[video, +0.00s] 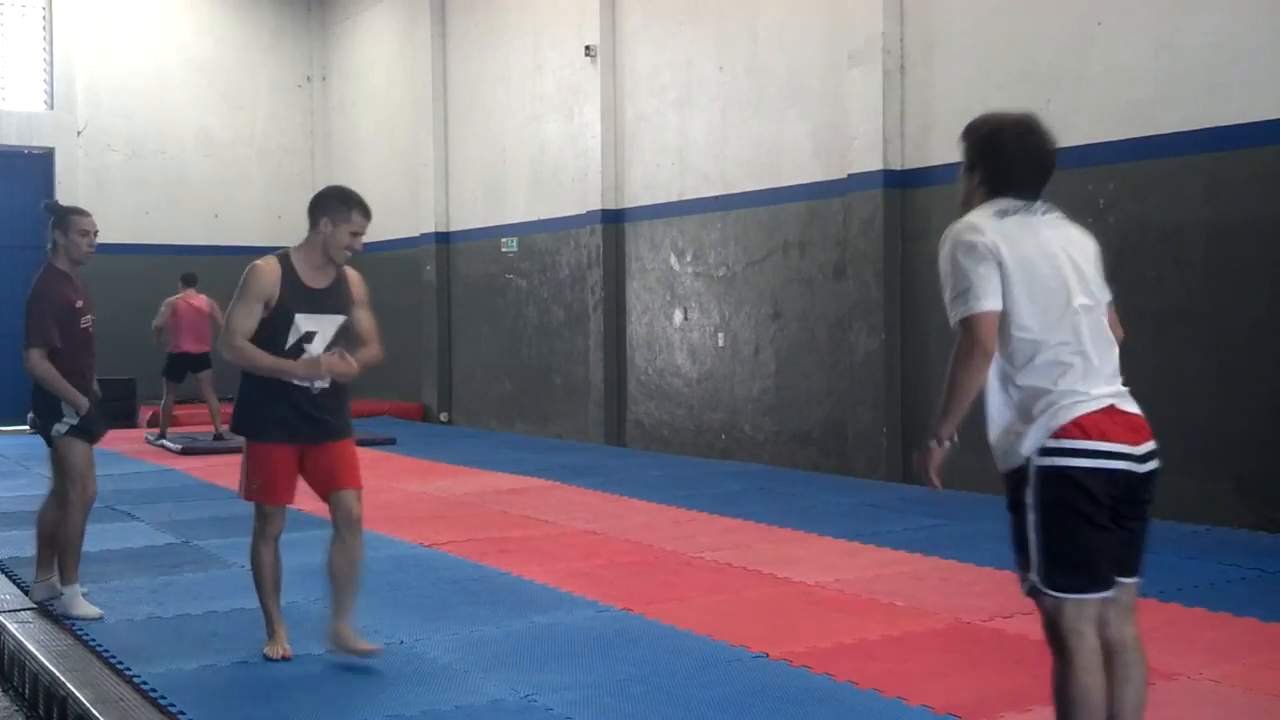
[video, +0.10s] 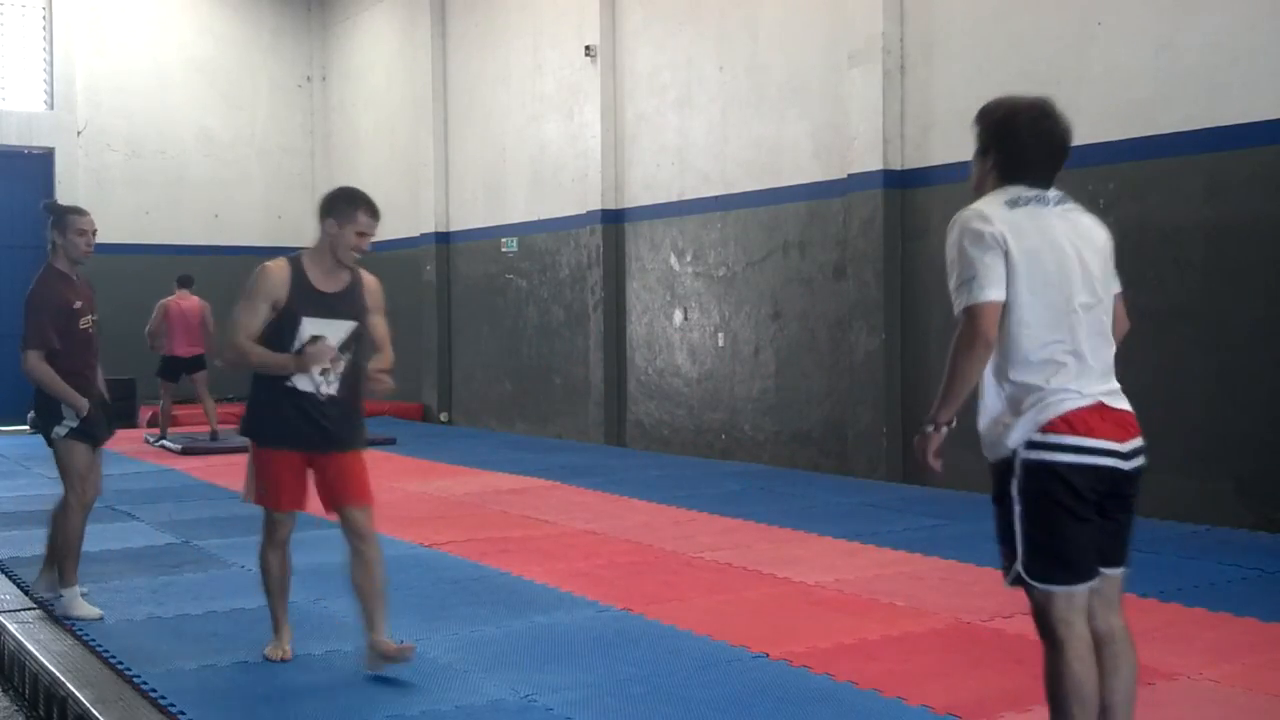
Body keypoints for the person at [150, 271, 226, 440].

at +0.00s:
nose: (180, 288)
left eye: (180, 285)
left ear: (181, 285)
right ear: (196, 285)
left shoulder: (172, 302)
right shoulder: (208, 302)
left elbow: (158, 324)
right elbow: (221, 324)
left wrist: (157, 341)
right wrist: (224, 341)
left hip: (178, 355)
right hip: (202, 355)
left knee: (169, 396)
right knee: (209, 393)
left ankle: (162, 433)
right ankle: (218, 431)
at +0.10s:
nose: (179, 290)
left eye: (177, 287)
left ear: (176, 286)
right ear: (192, 287)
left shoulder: (165, 304)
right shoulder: (203, 304)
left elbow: (150, 330)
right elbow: (211, 330)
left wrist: (152, 345)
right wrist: (211, 349)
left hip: (172, 358)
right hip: (196, 357)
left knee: (166, 397)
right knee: (205, 394)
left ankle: (163, 433)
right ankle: (214, 429)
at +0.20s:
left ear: (173, 284)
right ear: (188, 286)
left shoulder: (158, 302)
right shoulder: (196, 303)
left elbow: (148, 328)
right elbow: (201, 332)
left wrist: (156, 343)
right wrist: (204, 355)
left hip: (166, 356)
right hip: (190, 356)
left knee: (164, 397)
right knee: (199, 393)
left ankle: (162, 434)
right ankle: (203, 429)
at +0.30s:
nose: (191, 290)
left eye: (191, 288)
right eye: (191, 288)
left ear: (175, 284)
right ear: (187, 286)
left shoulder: (154, 300)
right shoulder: (188, 303)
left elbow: (145, 324)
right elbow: (192, 332)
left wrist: (157, 338)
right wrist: (200, 352)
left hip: (163, 356)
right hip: (185, 355)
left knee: (163, 396)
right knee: (198, 389)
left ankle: (161, 434)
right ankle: (195, 428)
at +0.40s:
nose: (191, 293)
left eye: (192, 289)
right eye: (191, 289)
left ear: (176, 285)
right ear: (185, 287)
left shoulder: (157, 299)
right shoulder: (181, 304)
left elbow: (146, 322)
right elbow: (183, 333)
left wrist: (155, 338)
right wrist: (196, 350)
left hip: (160, 355)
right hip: (180, 354)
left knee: (162, 394)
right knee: (201, 386)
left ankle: (160, 432)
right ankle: (189, 426)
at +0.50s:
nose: (190, 293)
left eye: (191, 289)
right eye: (189, 289)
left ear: (177, 287)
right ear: (181, 287)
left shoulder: (163, 299)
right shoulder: (174, 304)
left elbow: (156, 324)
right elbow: (171, 331)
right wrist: (189, 349)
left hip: (161, 354)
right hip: (178, 354)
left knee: (163, 391)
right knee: (199, 386)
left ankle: (156, 432)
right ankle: (184, 426)